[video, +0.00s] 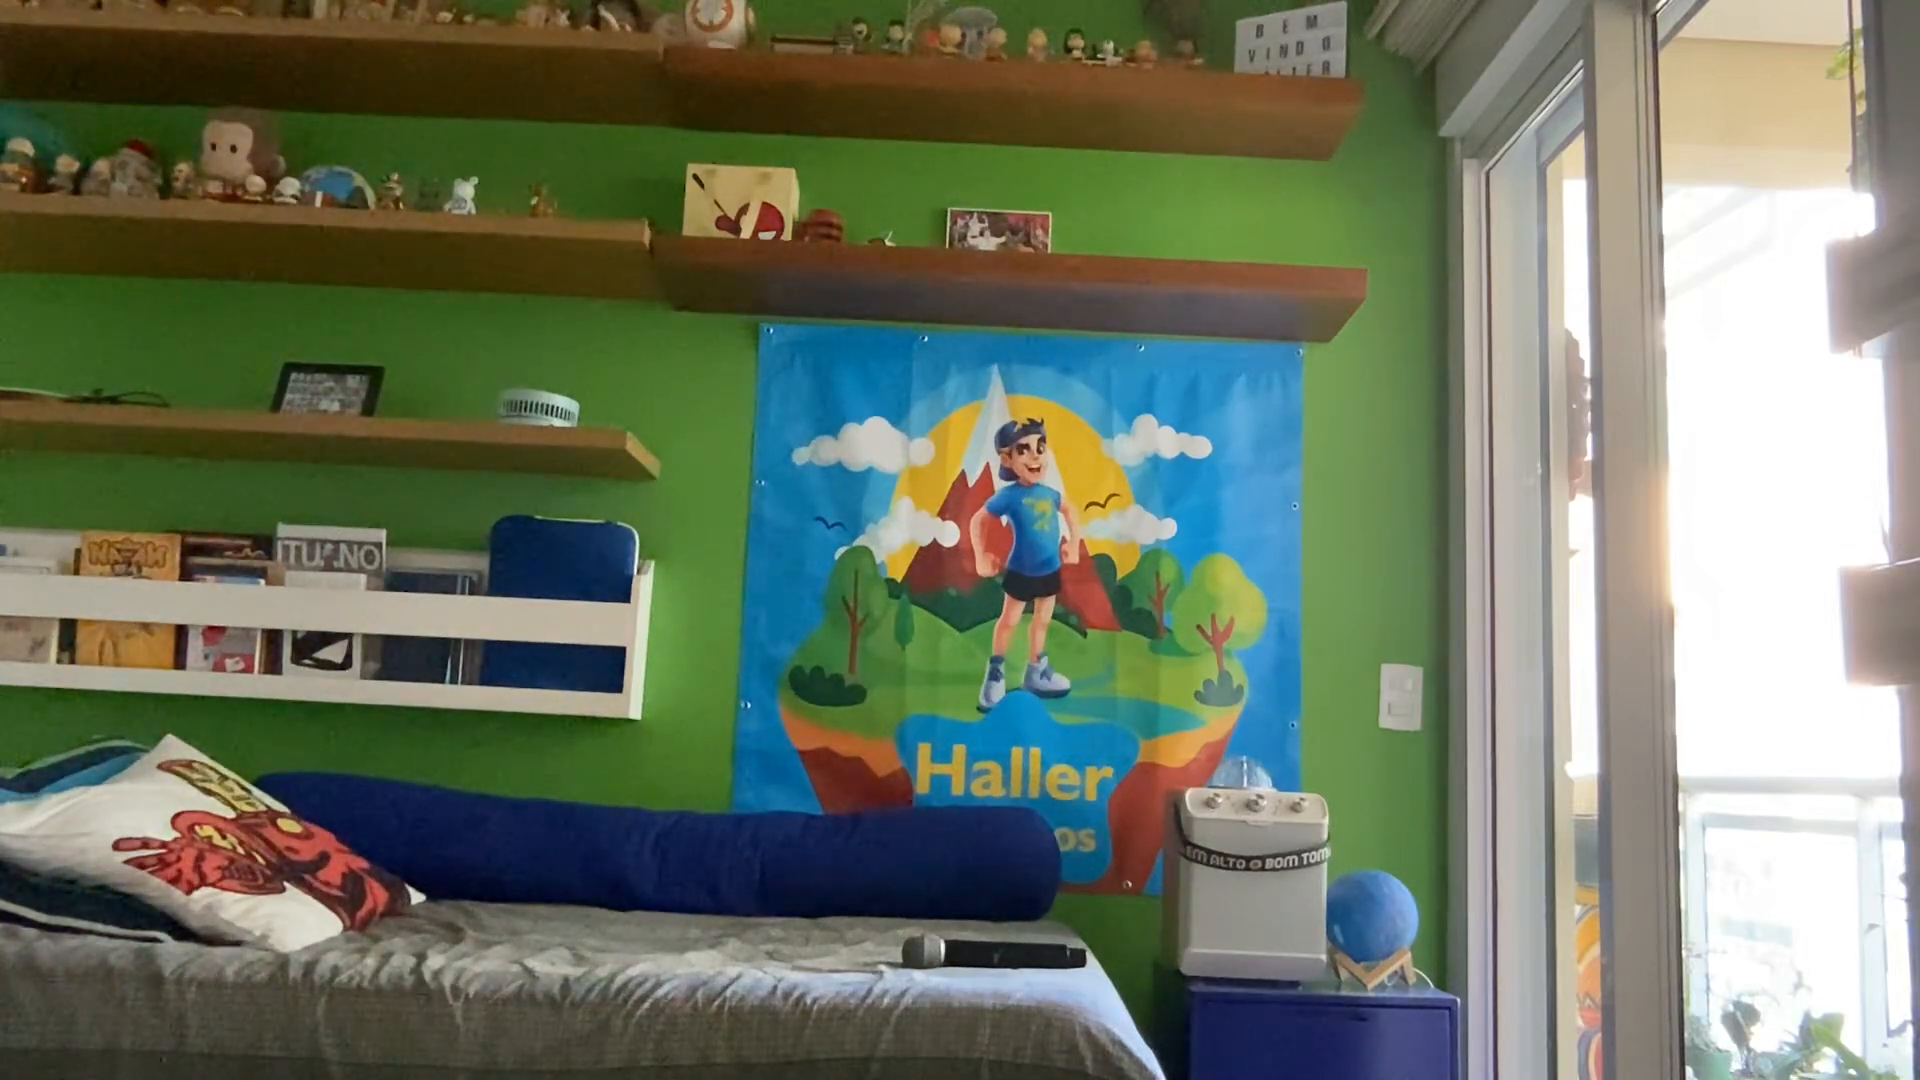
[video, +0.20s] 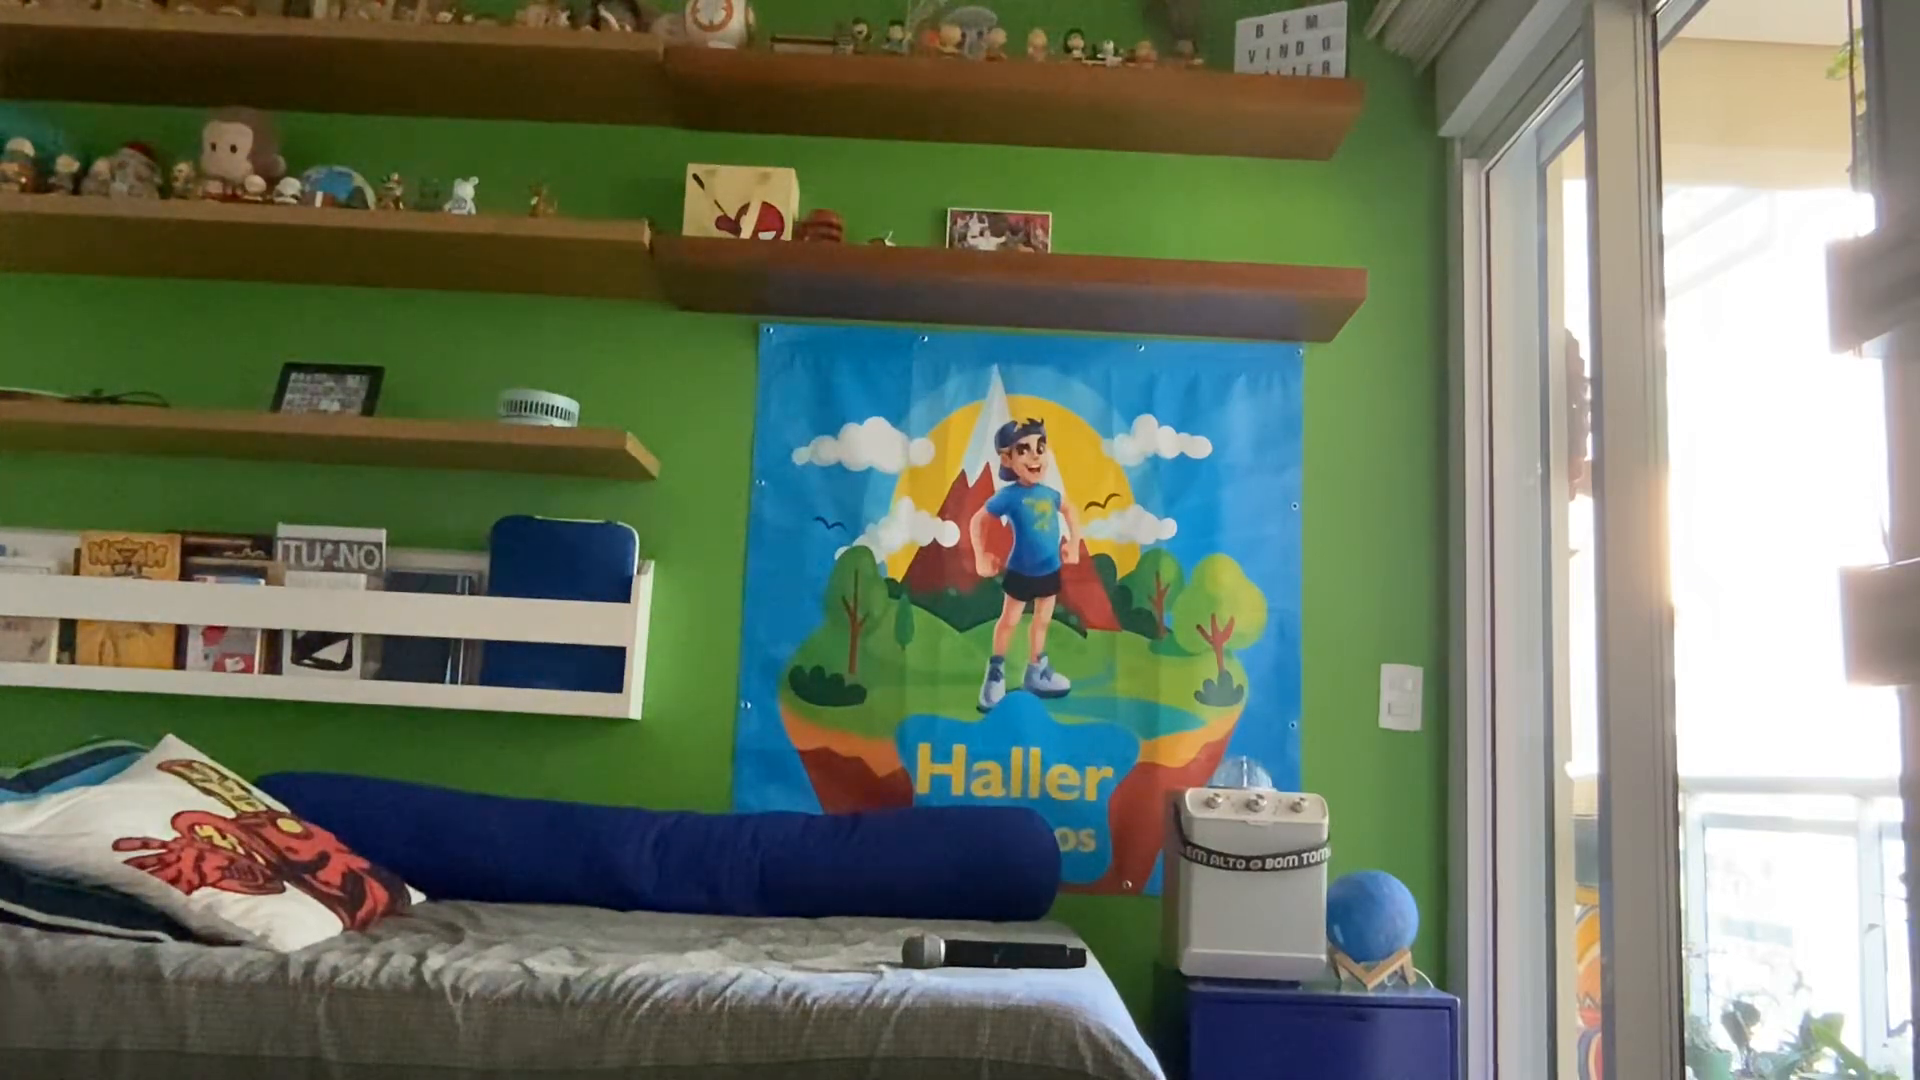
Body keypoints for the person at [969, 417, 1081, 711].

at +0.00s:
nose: (1034, 458)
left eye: (1039, 449)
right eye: (1024, 450)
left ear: (1047, 454)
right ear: (1008, 459)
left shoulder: (1050, 494)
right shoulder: (1008, 496)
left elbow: (1070, 513)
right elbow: (977, 520)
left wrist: (1074, 542)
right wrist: (980, 555)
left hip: (1049, 571)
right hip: (1020, 572)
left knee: (1043, 619)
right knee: (1010, 619)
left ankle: (1036, 670)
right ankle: (996, 672)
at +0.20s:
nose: (1034, 458)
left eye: (1039, 449)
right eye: (1024, 450)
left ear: (1046, 454)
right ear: (1007, 459)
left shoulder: (1050, 494)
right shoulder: (1007, 496)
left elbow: (1070, 512)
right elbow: (977, 520)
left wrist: (1074, 542)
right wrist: (980, 555)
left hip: (1049, 570)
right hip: (1020, 572)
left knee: (1043, 619)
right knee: (1010, 620)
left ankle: (1036, 670)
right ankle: (996, 671)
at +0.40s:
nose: (1034, 457)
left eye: (1040, 449)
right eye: (1024, 450)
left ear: (1047, 454)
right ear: (1008, 459)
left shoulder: (1050, 494)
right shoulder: (1008, 496)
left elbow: (1070, 513)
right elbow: (977, 520)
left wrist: (1074, 543)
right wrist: (980, 556)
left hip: (1049, 570)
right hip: (1020, 572)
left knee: (1043, 619)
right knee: (1010, 620)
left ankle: (1036, 670)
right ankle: (996, 672)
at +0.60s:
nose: (1034, 458)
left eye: (1040, 449)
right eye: (1024, 450)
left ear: (1047, 454)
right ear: (1008, 460)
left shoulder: (1050, 494)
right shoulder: (1008, 496)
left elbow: (1070, 512)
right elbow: (977, 520)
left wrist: (1074, 542)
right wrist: (980, 556)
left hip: (1049, 570)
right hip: (1020, 572)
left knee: (1043, 618)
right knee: (1010, 619)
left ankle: (1036, 670)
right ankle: (995, 671)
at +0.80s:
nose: (1034, 458)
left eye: (1039, 449)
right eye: (1024, 450)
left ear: (1047, 454)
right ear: (1008, 460)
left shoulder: (1050, 494)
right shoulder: (1008, 496)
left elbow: (1070, 512)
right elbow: (977, 520)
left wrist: (1074, 542)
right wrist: (980, 556)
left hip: (1049, 570)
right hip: (1020, 572)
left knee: (1043, 619)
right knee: (1010, 620)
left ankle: (1037, 670)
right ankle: (996, 671)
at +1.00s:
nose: (1034, 458)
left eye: (1039, 449)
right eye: (1024, 450)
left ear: (1047, 454)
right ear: (1008, 460)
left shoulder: (1050, 494)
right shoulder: (1008, 496)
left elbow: (1070, 512)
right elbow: (977, 520)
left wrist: (1074, 542)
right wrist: (980, 556)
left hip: (1049, 571)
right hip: (1020, 572)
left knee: (1043, 618)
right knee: (1010, 619)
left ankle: (1036, 670)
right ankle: (996, 671)